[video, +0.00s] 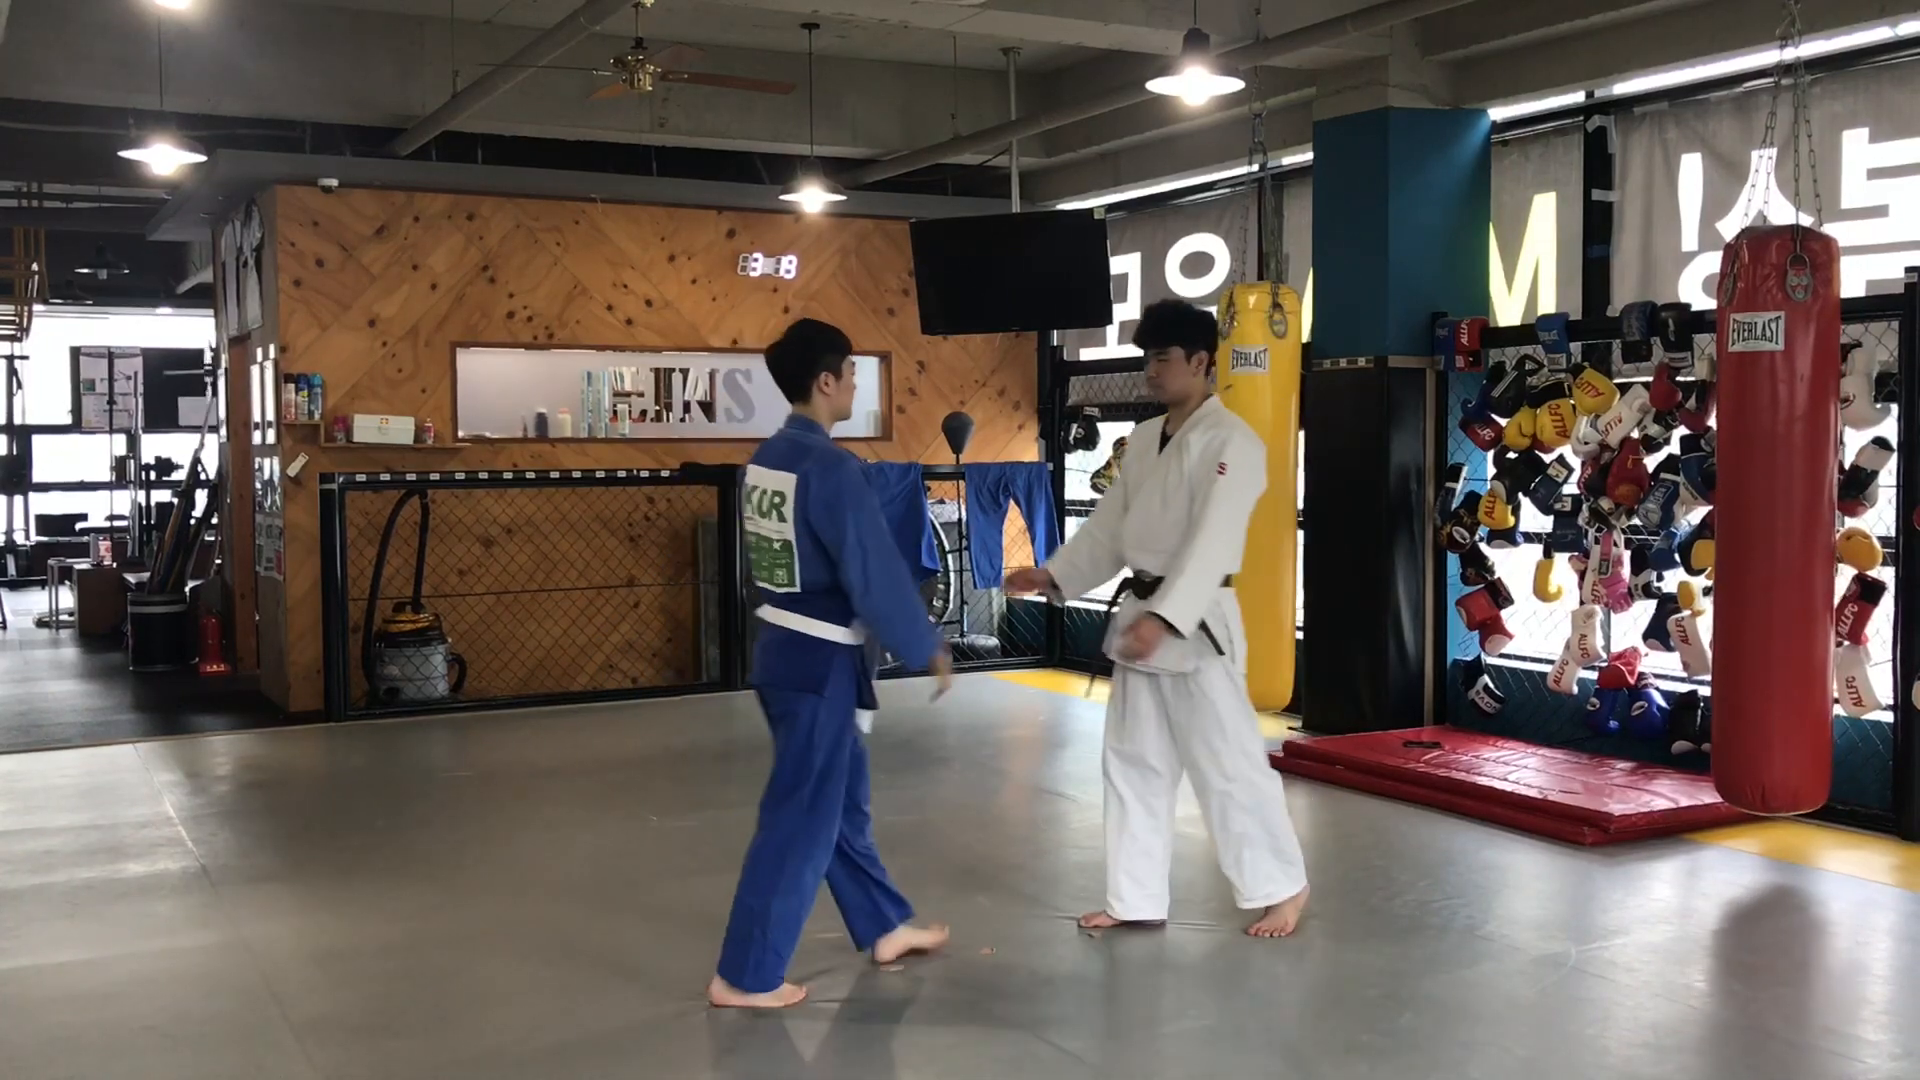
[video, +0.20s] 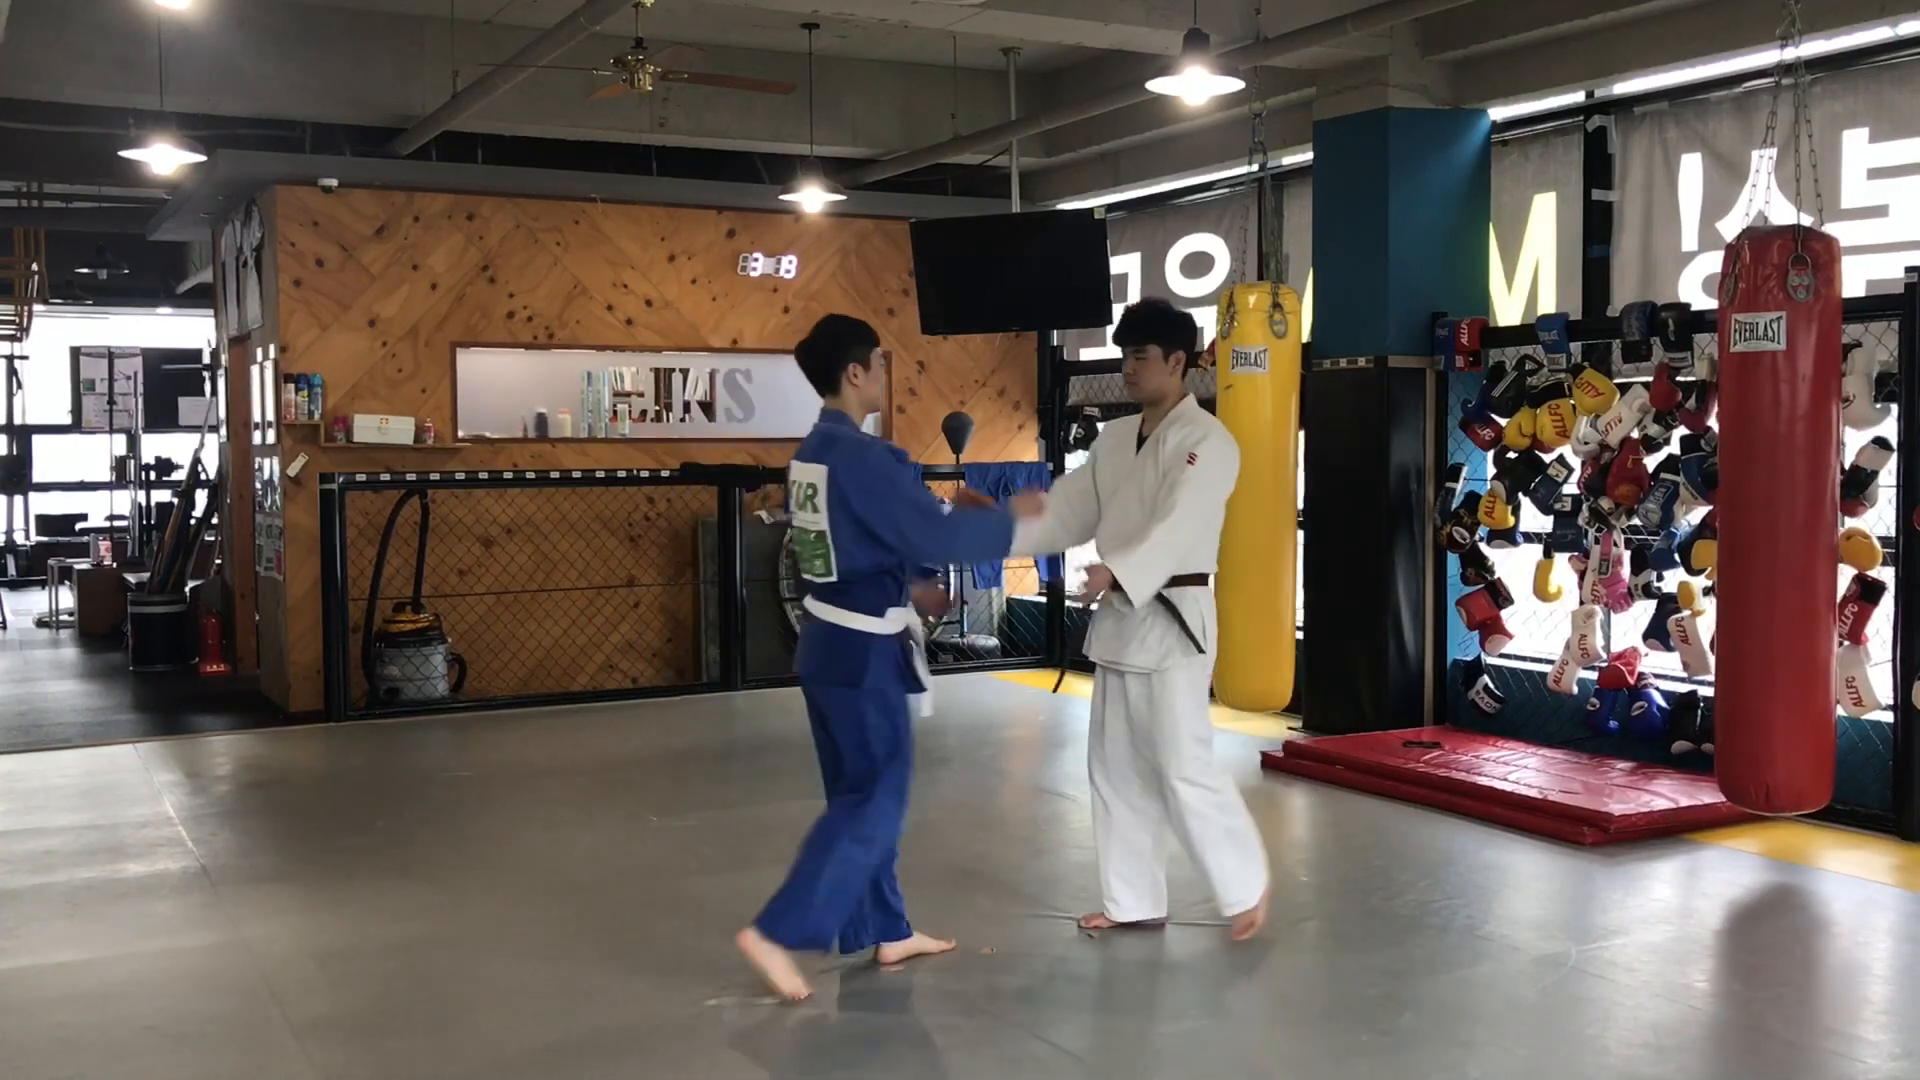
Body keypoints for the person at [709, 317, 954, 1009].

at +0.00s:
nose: (854, 385)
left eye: (852, 373)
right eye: (849, 374)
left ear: (796, 384)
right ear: (826, 381)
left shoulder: (770, 457)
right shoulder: (833, 467)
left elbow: (785, 558)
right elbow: (874, 572)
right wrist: (927, 645)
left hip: (778, 657)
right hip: (821, 665)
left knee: (842, 799)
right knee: (803, 813)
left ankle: (883, 928)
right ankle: (744, 975)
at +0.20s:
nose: (886, 379)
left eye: (883, 366)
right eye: (880, 368)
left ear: (830, 378)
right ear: (855, 375)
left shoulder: (812, 454)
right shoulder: (866, 460)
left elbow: (847, 552)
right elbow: (938, 535)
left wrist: (912, 587)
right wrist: (1013, 517)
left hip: (822, 652)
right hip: (865, 658)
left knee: (855, 795)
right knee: (881, 799)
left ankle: (889, 933)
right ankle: (776, 933)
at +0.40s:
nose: (920, 376)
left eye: (917, 364)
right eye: (913, 365)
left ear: (859, 374)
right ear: (886, 371)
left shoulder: (843, 449)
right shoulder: (903, 451)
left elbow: (950, 531)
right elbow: (991, 485)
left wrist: (1017, 506)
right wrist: (1089, 457)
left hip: (839, 645)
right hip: (891, 648)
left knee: (864, 794)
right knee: (926, 792)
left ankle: (876, 936)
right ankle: (908, 949)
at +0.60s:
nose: (944, 374)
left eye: (940, 362)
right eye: (938, 364)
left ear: (882, 373)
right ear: (913, 371)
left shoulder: (864, 441)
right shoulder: (935, 447)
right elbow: (1028, 473)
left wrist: (1026, 500)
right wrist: (1135, 470)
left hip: (857, 647)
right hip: (910, 652)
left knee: (873, 799)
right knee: (937, 800)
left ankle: (888, 936)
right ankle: (943, 953)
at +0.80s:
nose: (949, 370)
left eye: (945, 358)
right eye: (943, 360)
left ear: (886, 374)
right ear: (921, 369)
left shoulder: (875, 440)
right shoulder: (950, 449)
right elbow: (1044, 491)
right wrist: (1148, 478)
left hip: (871, 642)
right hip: (925, 648)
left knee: (885, 791)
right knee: (938, 801)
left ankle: (889, 931)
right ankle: (936, 956)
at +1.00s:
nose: (965, 369)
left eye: (960, 357)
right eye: (957, 359)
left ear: (899, 376)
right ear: (933, 371)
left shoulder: (891, 439)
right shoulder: (965, 452)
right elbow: (1057, 480)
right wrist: (1150, 466)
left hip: (884, 639)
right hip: (938, 647)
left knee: (891, 792)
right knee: (948, 801)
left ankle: (888, 932)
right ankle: (942, 957)